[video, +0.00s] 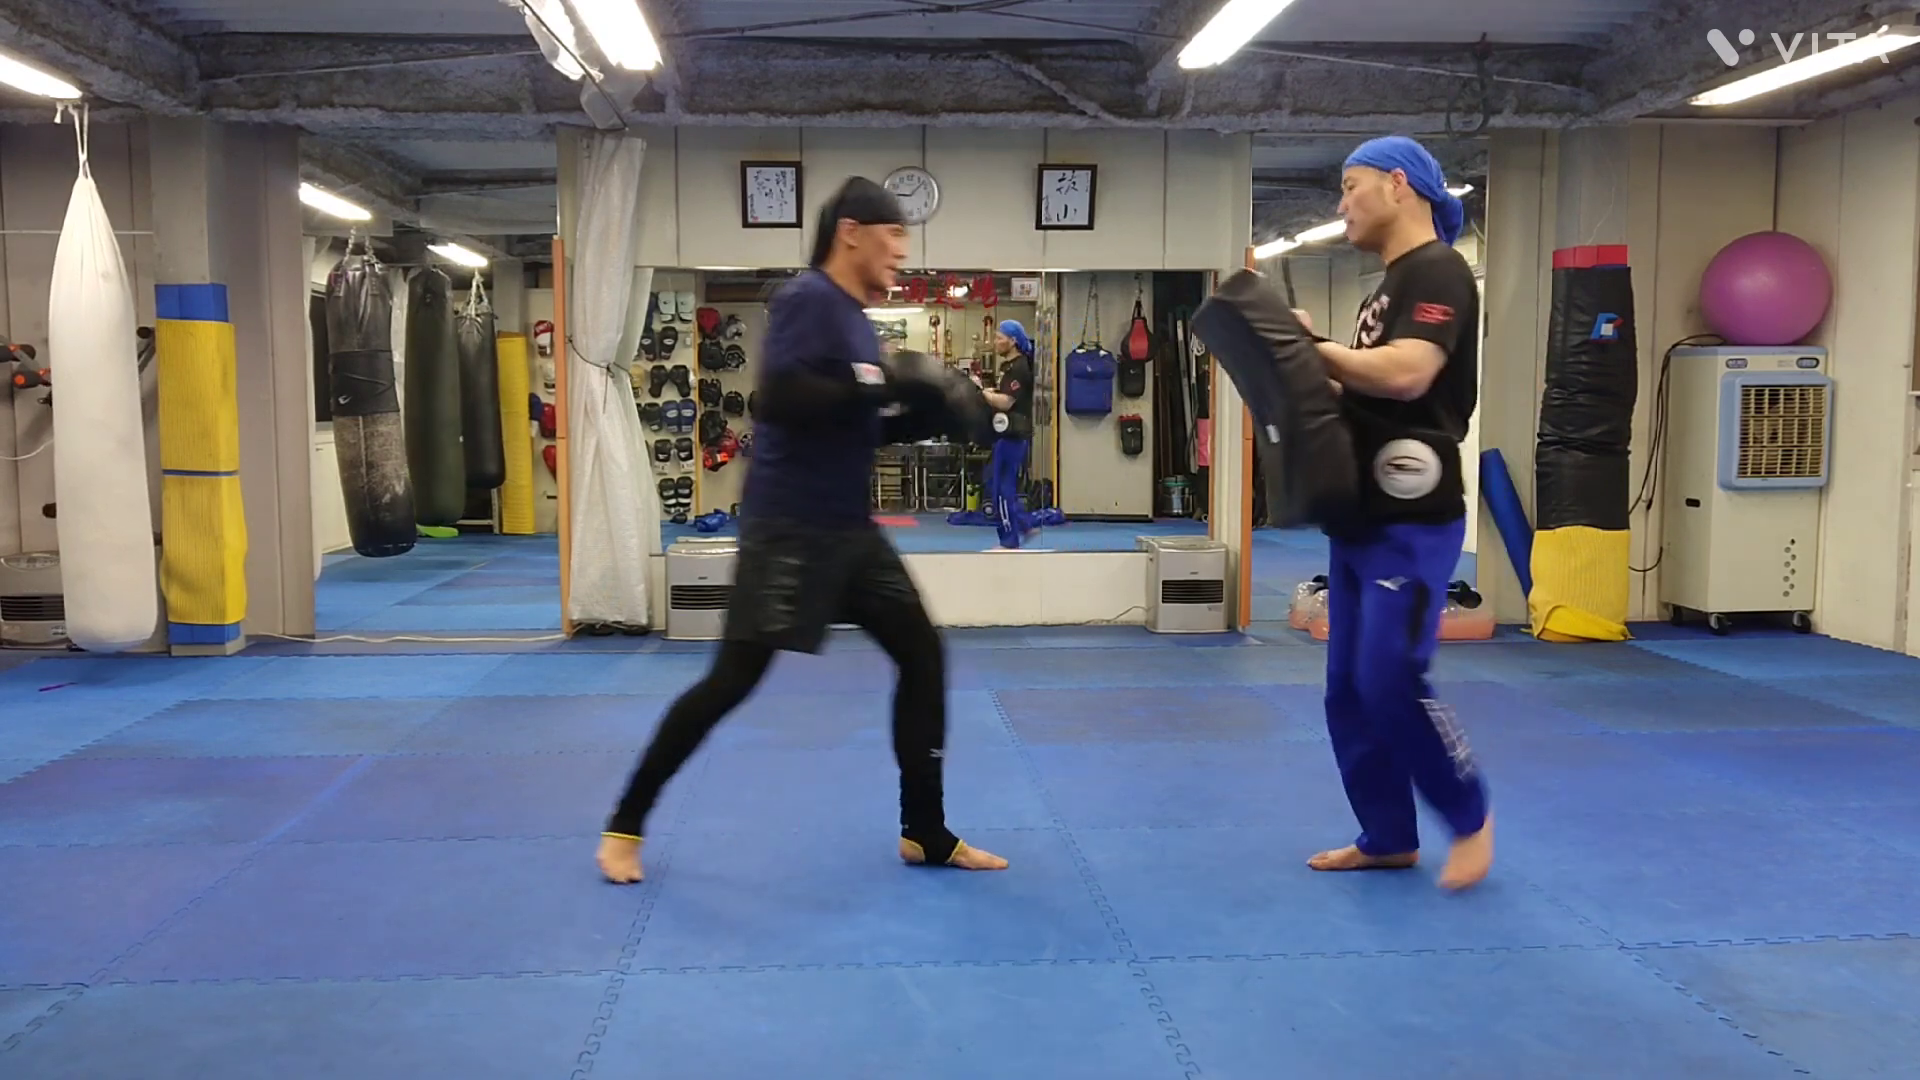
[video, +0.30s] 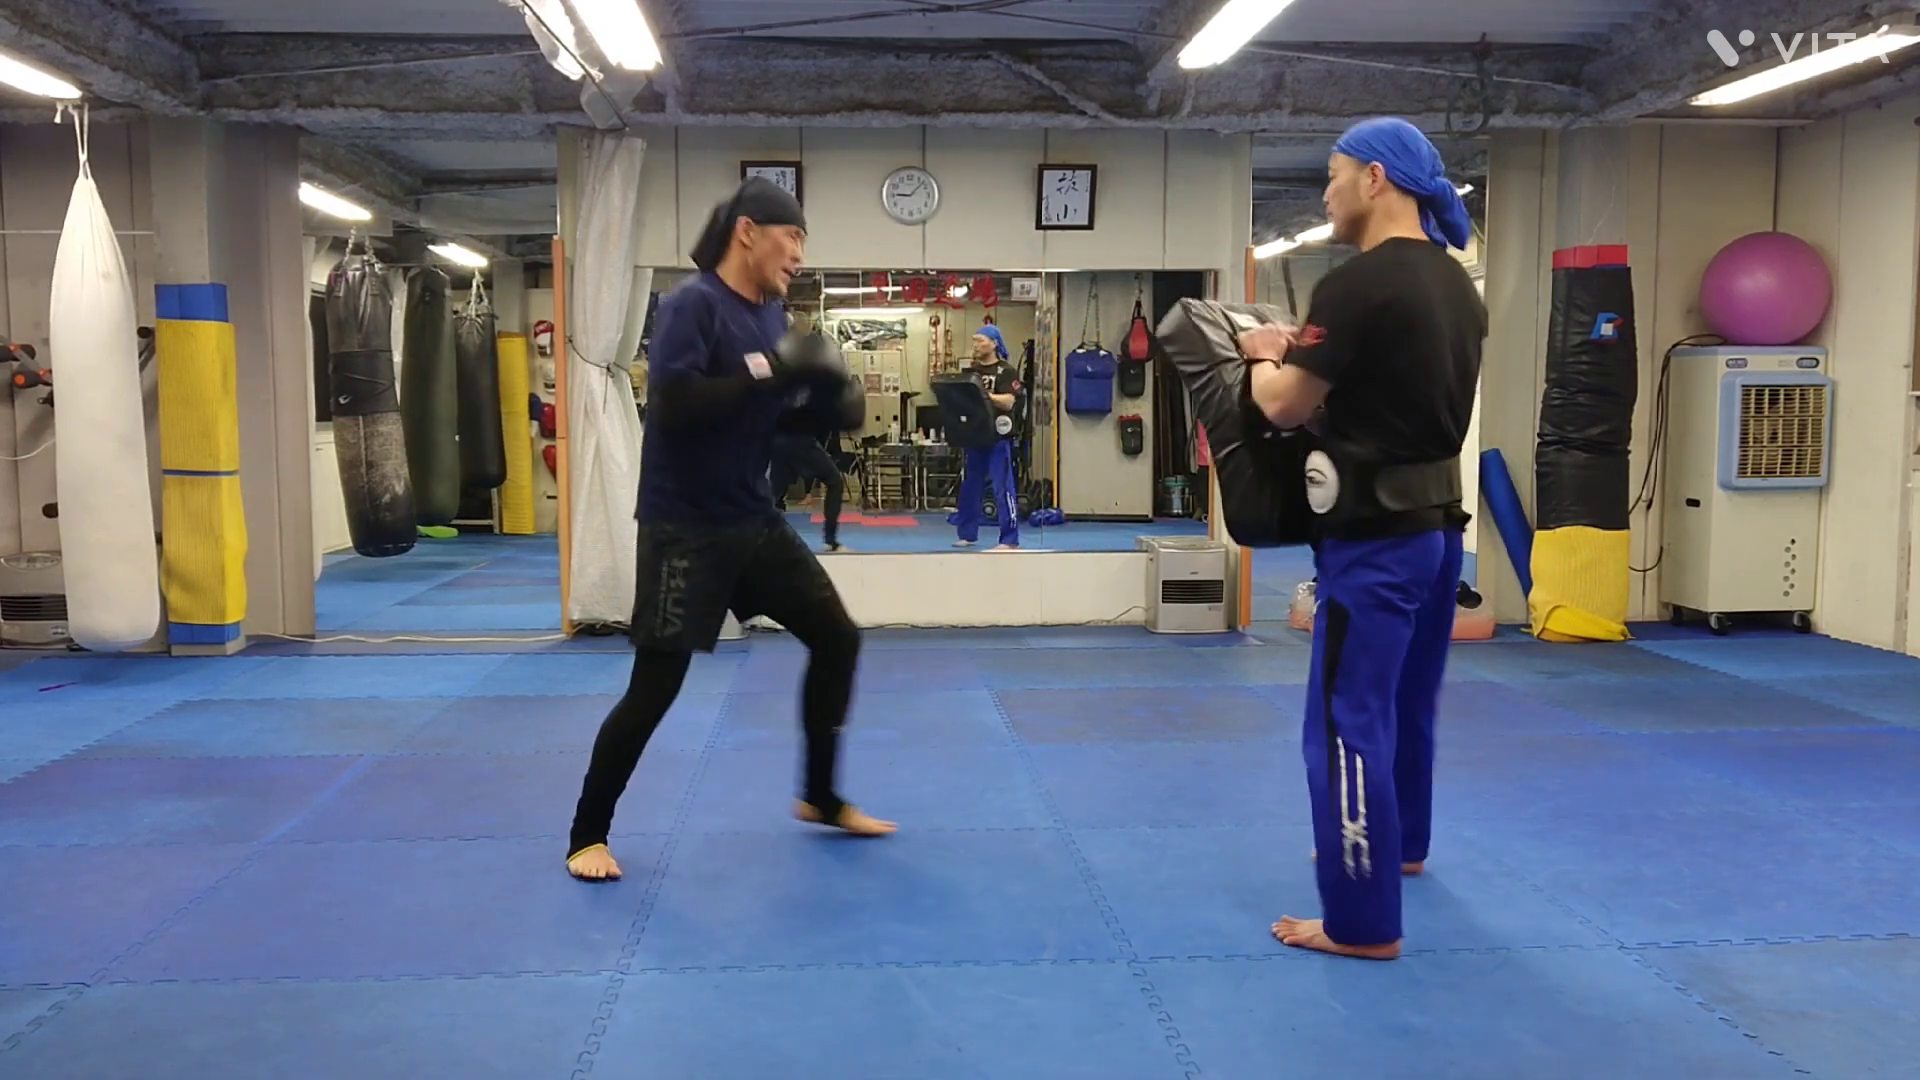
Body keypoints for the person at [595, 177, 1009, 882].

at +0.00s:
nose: (903, 254)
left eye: (905, 241)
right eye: (892, 238)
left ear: (861, 240)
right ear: (848, 234)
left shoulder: (858, 322)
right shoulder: (807, 300)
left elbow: (854, 429)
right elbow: (779, 393)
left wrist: (933, 413)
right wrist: (884, 385)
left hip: (850, 533)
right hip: (785, 532)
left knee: (921, 653)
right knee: (733, 680)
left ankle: (926, 831)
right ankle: (625, 823)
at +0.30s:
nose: (798, 256)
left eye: (801, 244)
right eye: (789, 241)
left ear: (766, 242)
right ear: (744, 234)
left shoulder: (772, 318)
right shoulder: (690, 305)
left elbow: (772, 413)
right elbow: (671, 405)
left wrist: (826, 404)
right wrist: (765, 370)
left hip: (753, 525)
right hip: (681, 530)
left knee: (837, 640)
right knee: (654, 688)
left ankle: (820, 799)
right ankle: (588, 838)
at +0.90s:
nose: (844, 256)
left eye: (848, 242)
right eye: (835, 240)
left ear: (816, 241)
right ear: (792, 232)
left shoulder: (801, 304)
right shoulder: (759, 292)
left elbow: (815, 406)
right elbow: (767, 386)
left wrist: (894, 391)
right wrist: (845, 329)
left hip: (785, 508)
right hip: (735, 507)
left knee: (785, 656)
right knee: (747, 658)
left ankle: (763, 797)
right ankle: (636, 806)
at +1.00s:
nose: (855, 247)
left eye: (859, 234)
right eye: (844, 233)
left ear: (836, 236)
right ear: (802, 230)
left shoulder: (826, 302)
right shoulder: (769, 288)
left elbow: (850, 380)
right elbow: (743, 383)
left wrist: (901, 361)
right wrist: (836, 386)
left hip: (796, 501)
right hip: (757, 501)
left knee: (797, 645)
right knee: (790, 645)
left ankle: (763, 799)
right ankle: (736, 815)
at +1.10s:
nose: (854, 241)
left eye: (860, 231)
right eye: (841, 229)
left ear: (865, 235)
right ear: (804, 227)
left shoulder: (846, 296)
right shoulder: (774, 288)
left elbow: (912, 363)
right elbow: (735, 388)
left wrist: (880, 290)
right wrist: (811, 441)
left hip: (808, 499)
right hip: (768, 499)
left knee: (791, 647)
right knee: (821, 640)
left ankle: (762, 795)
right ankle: (815, 818)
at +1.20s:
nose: (863, 230)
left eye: (867, 218)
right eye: (849, 219)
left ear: (869, 225)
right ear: (813, 223)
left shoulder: (870, 288)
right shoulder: (775, 295)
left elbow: (936, 299)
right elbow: (708, 382)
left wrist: (843, 256)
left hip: (850, 504)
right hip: (804, 504)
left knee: (822, 654)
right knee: (861, 666)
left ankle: (768, 788)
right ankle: (914, 850)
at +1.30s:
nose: (845, 230)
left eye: (846, 217)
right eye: (832, 218)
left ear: (840, 222)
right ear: (783, 221)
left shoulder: (859, 273)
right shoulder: (742, 310)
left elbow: (922, 297)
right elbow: (677, 387)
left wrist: (966, 293)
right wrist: (632, 444)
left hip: (910, 490)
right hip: (844, 512)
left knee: (964, 625)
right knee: (890, 684)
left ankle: (864, 713)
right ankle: (919, 859)